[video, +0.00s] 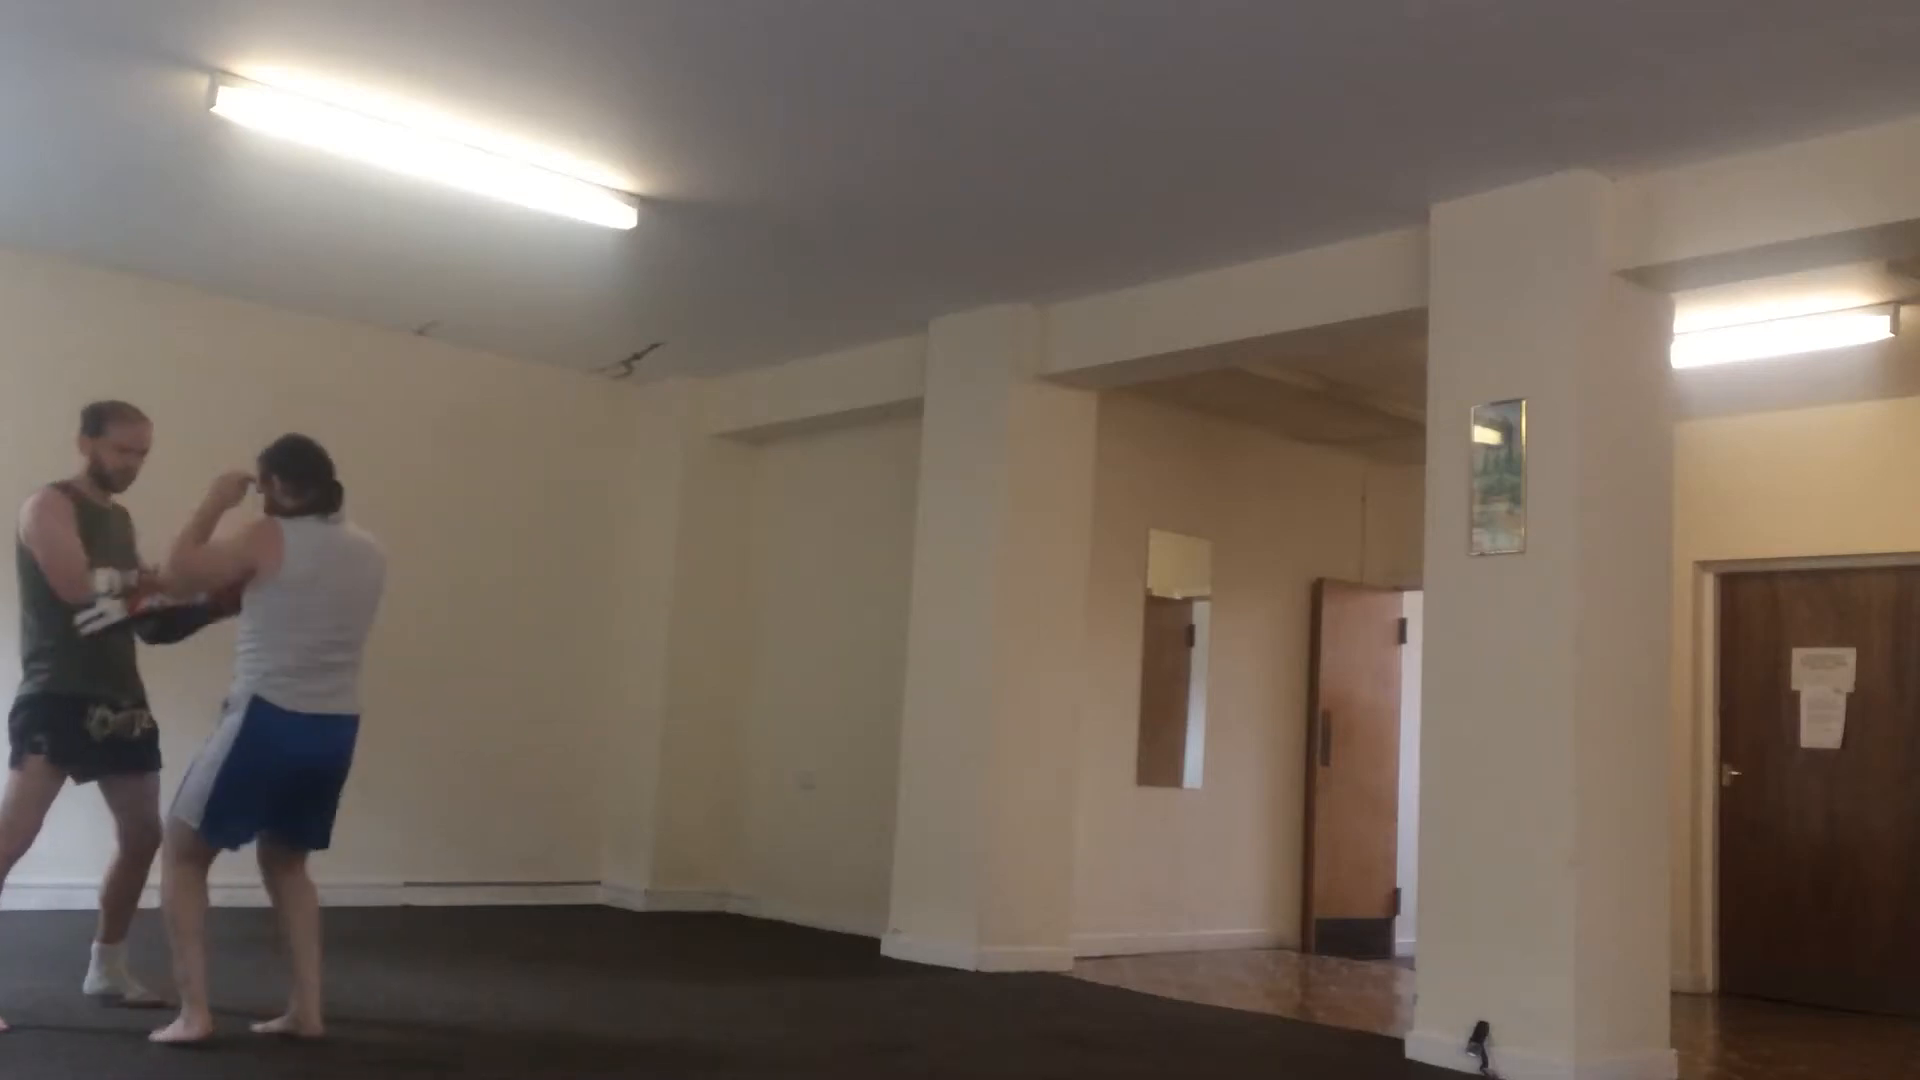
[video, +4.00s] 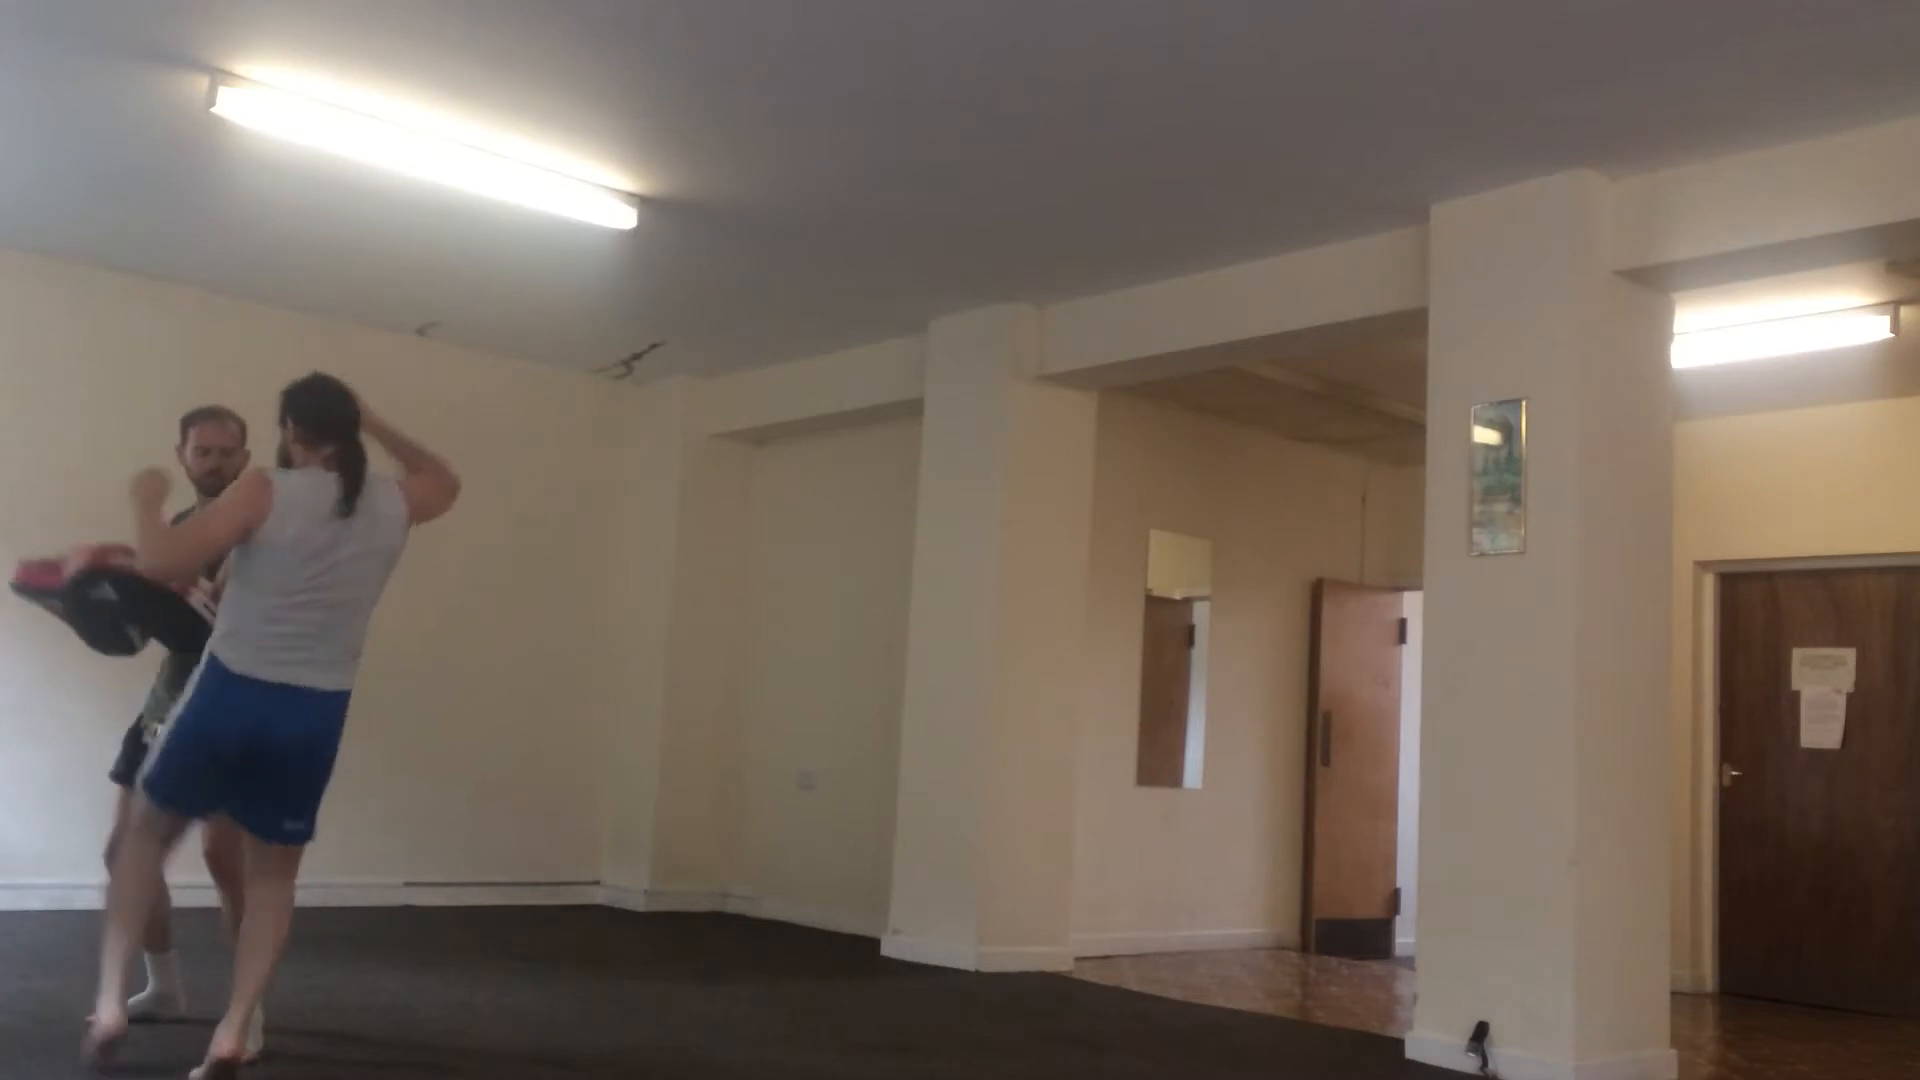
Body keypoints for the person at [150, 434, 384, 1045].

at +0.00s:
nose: (262, 490)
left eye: (266, 481)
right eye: (264, 480)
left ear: (277, 486)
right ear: (328, 484)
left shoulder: (268, 539)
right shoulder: (369, 553)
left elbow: (181, 567)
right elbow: (299, 599)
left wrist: (214, 503)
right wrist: (202, 601)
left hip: (262, 728)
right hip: (333, 735)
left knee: (184, 852)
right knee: (284, 856)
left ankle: (195, 1011)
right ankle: (306, 1010)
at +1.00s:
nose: (303, 465)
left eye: (311, 456)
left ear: (330, 458)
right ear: (391, 462)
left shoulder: (316, 497)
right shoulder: (441, 520)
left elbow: (230, 557)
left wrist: (282, 483)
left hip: (346, 721)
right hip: (427, 730)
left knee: (304, 911)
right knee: (348, 899)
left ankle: (334, 1066)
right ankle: (333, 1057)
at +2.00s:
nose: (379, 446)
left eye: (383, 437)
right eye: (382, 437)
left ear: (397, 443)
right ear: (460, 446)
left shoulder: (385, 488)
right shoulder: (510, 512)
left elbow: (290, 540)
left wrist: (345, 465)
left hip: (418, 727)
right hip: (500, 739)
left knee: (360, 931)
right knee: (417, 911)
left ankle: (411, 1069)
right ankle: (411, 1063)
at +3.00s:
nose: (363, 437)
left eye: (368, 430)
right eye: (368, 430)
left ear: (376, 437)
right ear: (446, 441)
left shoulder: (357, 479)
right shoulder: (487, 505)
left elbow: (250, 522)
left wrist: (312, 457)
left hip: (396, 715)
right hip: (481, 724)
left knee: (366, 931)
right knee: (398, 911)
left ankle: (416, 1072)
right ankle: (389, 1063)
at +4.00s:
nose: (279, 440)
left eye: (281, 429)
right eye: (285, 429)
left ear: (293, 434)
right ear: (354, 434)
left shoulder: (266, 493)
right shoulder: (391, 503)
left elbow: (161, 562)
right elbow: (443, 481)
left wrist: (148, 497)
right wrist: (376, 428)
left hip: (228, 703)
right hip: (315, 718)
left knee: (145, 836)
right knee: (275, 874)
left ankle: (111, 1000)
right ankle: (236, 1030)